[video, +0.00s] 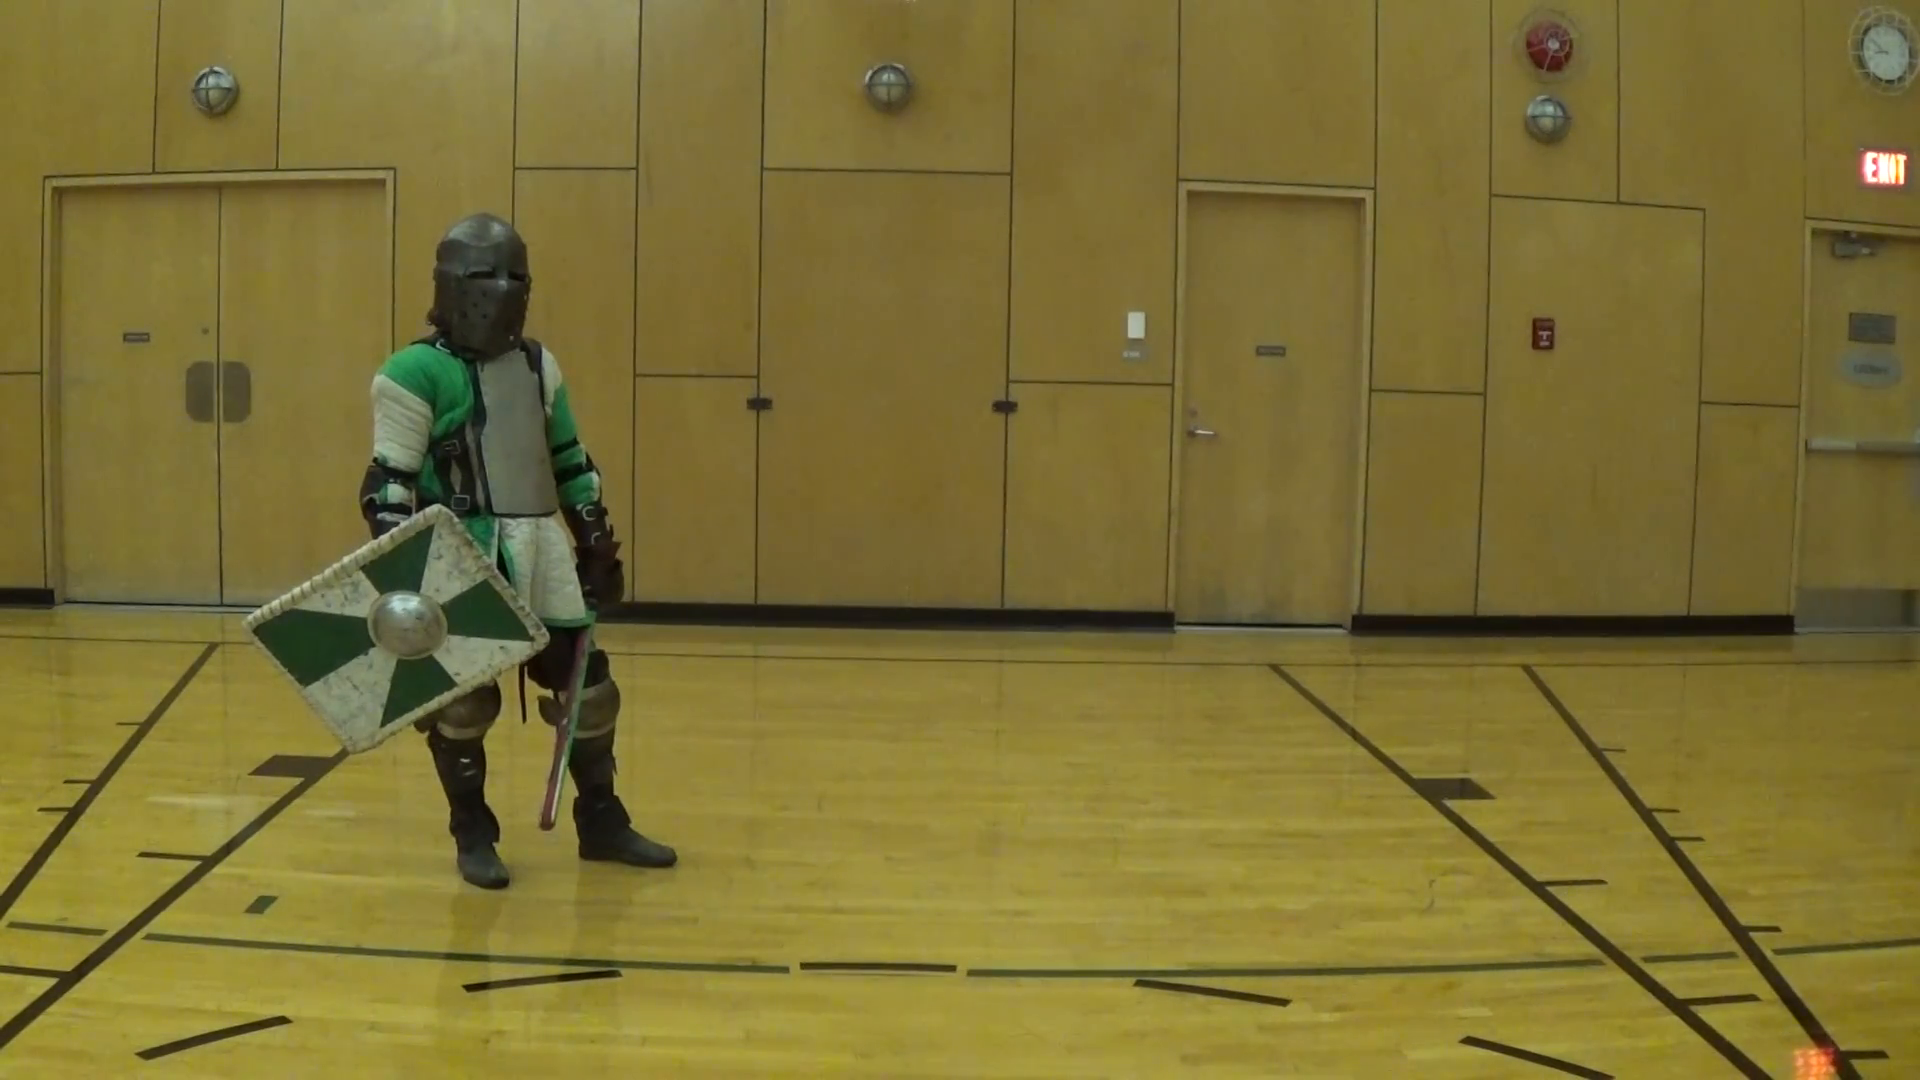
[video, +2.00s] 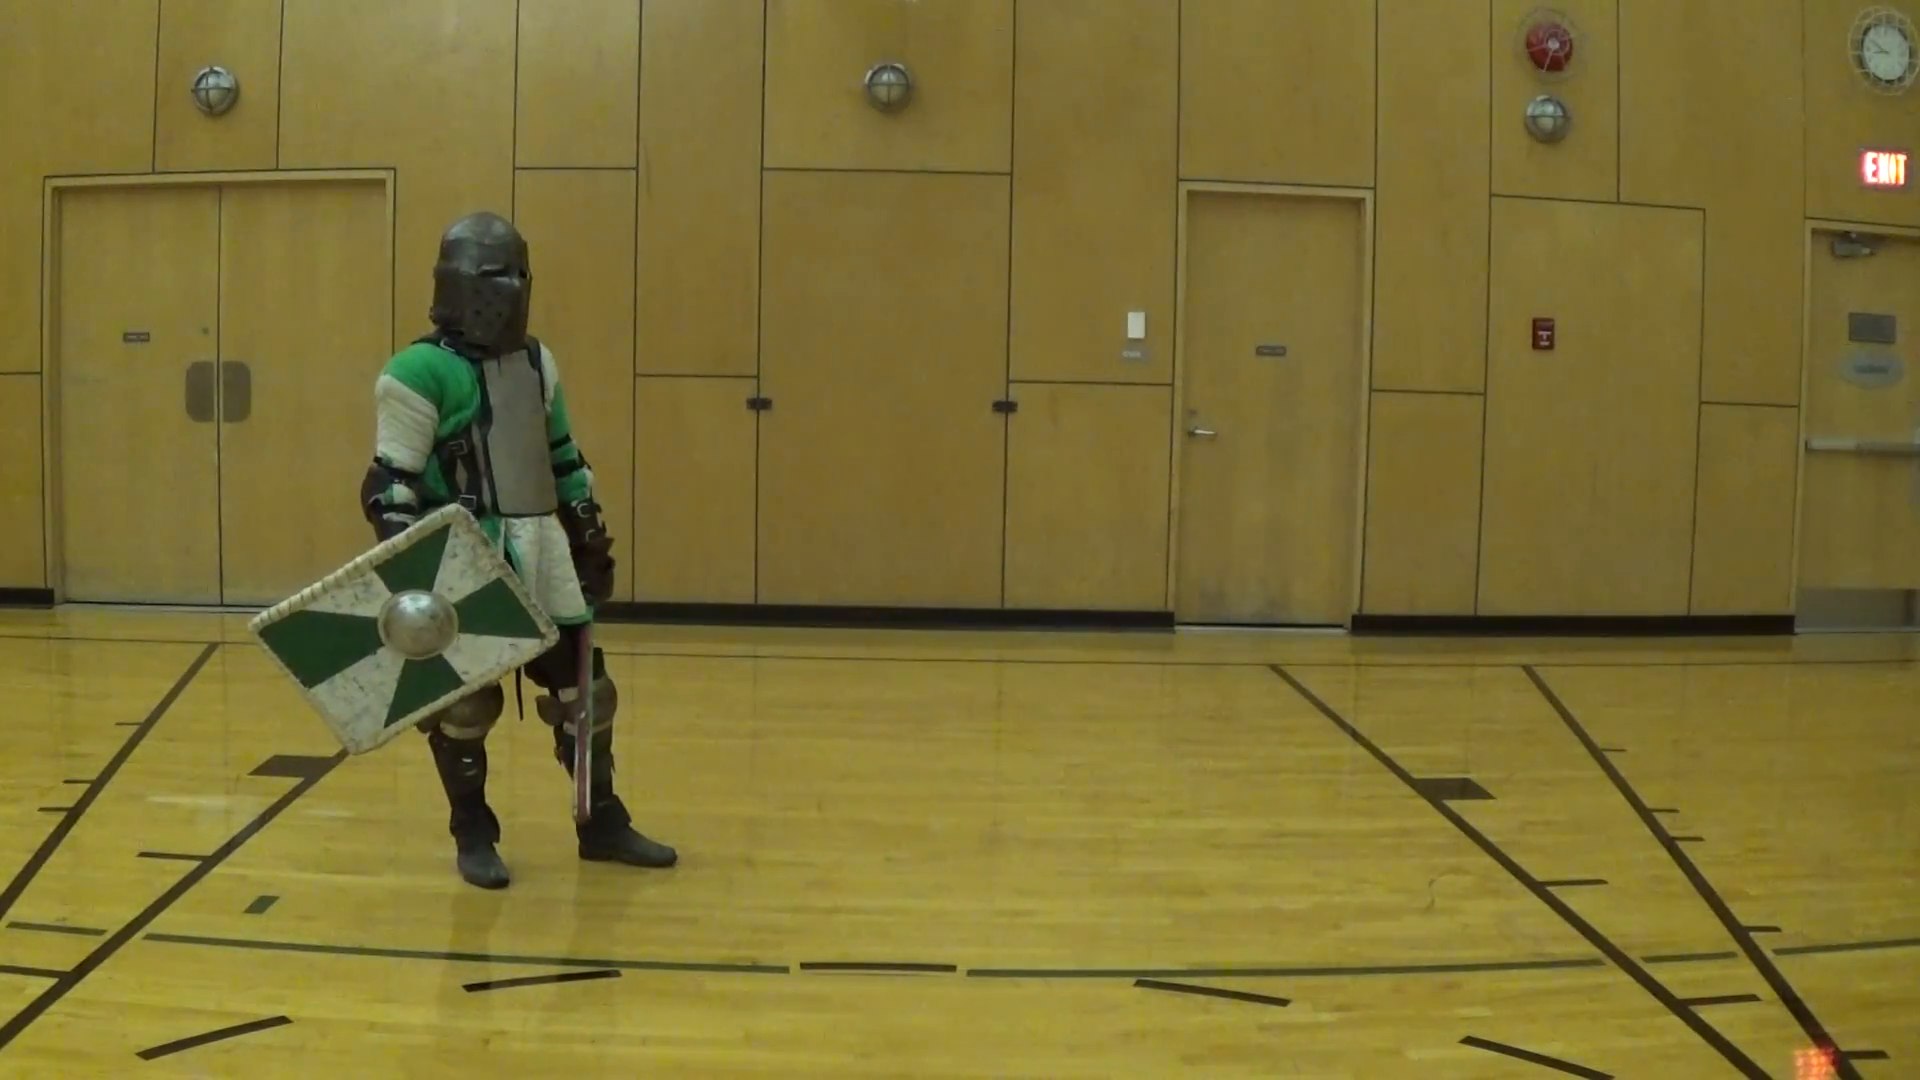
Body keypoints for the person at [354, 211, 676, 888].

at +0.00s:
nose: (502, 290)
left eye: (512, 276)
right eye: (485, 276)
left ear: (524, 286)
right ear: (448, 283)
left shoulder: (539, 367)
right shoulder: (414, 375)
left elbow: (572, 466)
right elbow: (389, 490)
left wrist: (599, 545)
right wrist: (411, 580)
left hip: (544, 545)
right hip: (457, 556)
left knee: (588, 682)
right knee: (464, 699)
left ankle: (601, 822)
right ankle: (473, 834)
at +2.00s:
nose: (500, 291)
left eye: (510, 278)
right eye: (485, 278)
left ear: (524, 284)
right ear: (451, 283)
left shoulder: (537, 362)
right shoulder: (419, 372)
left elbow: (565, 460)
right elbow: (390, 487)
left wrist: (590, 536)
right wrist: (419, 573)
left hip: (544, 545)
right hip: (461, 556)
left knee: (582, 684)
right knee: (465, 697)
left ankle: (601, 820)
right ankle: (473, 834)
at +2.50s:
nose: (491, 291)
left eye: (503, 276)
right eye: (472, 278)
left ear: (518, 282)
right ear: (435, 284)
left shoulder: (529, 357)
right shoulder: (415, 371)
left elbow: (549, 458)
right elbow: (397, 480)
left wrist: (579, 541)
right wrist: (468, 511)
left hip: (532, 555)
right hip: (449, 566)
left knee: (568, 670)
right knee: (462, 689)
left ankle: (556, 808)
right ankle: (474, 831)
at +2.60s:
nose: (490, 290)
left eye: (502, 275)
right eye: (472, 276)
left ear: (515, 281)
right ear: (436, 282)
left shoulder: (532, 363)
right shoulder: (417, 366)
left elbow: (571, 464)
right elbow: (409, 467)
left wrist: (582, 552)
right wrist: (495, 474)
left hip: (534, 551)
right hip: (452, 556)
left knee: (560, 675)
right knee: (466, 687)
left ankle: (517, 794)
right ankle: (472, 827)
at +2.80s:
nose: (487, 290)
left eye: (502, 275)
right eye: (473, 275)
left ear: (519, 280)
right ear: (443, 278)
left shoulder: (525, 359)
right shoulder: (427, 360)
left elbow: (552, 476)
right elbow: (483, 434)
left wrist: (574, 579)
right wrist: (544, 390)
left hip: (536, 537)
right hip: (468, 540)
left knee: (538, 676)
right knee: (473, 684)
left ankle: (504, 803)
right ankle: (473, 830)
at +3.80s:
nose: (550, 289)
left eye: (548, 276)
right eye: (539, 276)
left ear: (496, 282)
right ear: (508, 282)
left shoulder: (514, 359)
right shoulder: (471, 365)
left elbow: (514, 469)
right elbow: (465, 484)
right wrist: (560, 490)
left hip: (513, 539)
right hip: (484, 544)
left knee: (517, 682)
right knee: (509, 686)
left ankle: (506, 810)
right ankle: (492, 837)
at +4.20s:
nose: (536, 291)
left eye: (534, 278)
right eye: (526, 278)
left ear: (475, 284)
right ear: (492, 283)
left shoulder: (489, 361)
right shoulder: (462, 368)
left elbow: (493, 471)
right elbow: (450, 485)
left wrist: (546, 503)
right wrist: (540, 500)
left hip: (485, 537)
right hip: (471, 541)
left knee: (466, 672)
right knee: (512, 688)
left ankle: (416, 779)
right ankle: (498, 838)